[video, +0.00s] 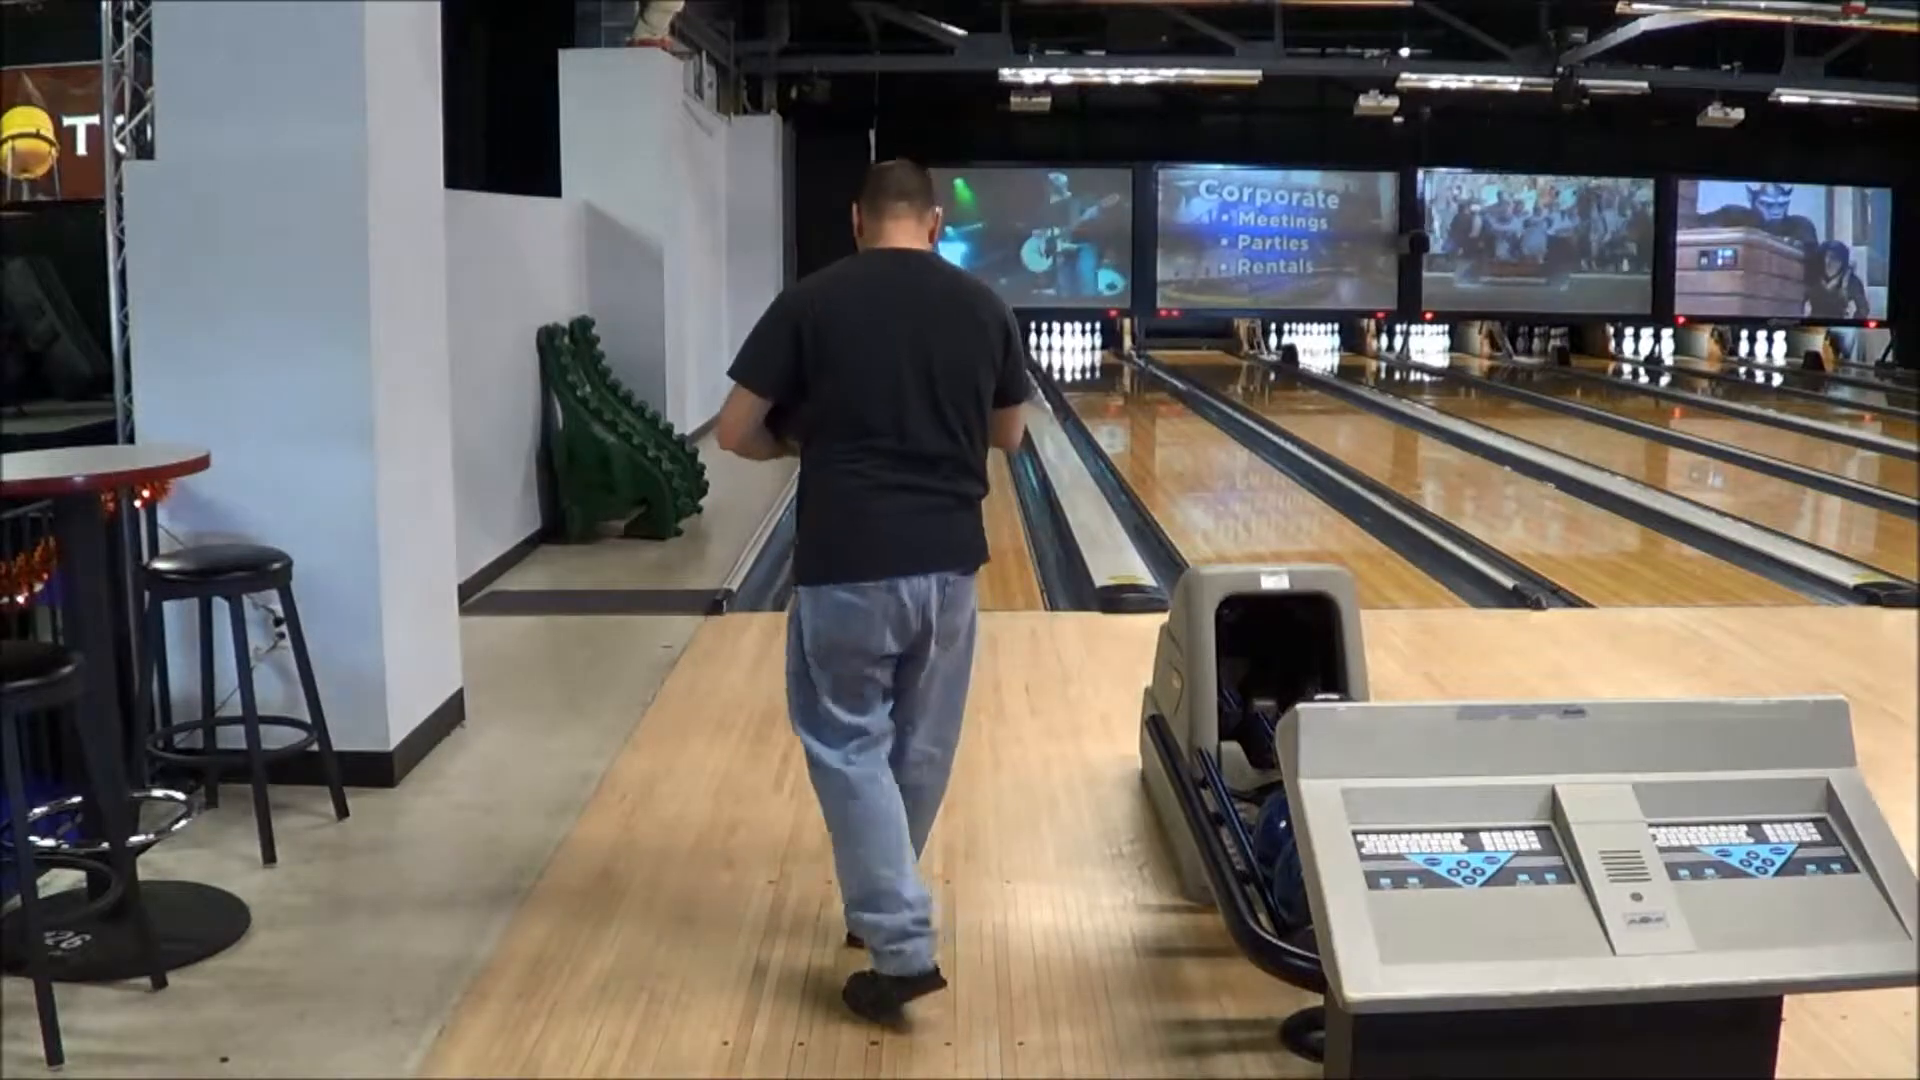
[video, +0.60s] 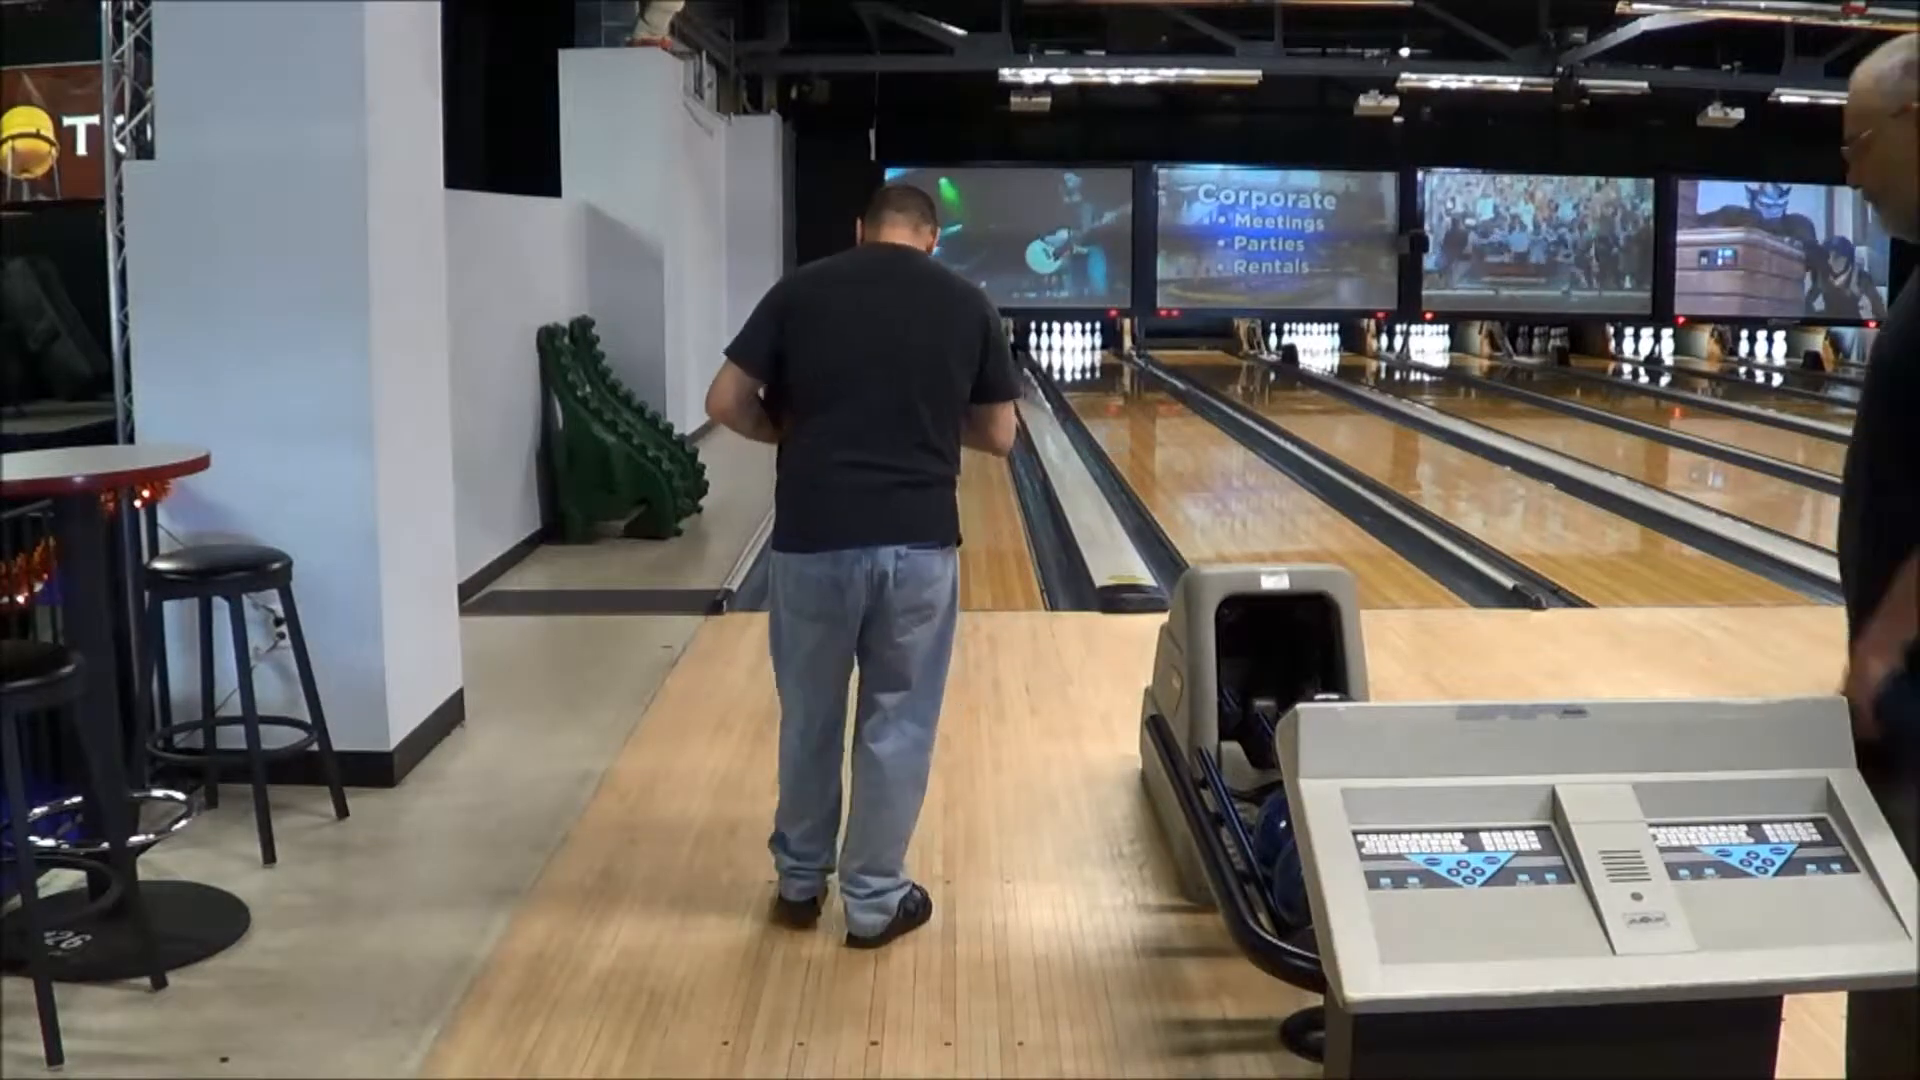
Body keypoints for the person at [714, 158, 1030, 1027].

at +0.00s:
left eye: (865, 219)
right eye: (922, 218)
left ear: (856, 220)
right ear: (936, 223)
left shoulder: (810, 299)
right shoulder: (982, 305)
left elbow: (739, 432)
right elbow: (1010, 430)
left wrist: (808, 434)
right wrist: (941, 424)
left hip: (846, 565)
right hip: (950, 562)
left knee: (848, 745)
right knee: (924, 746)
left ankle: (904, 951)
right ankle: (883, 901)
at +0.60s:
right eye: (930, 234)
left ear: (861, 229)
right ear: (932, 239)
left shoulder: (803, 287)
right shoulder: (968, 304)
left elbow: (726, 402)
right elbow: (999, 435)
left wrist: (787, 430)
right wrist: (928, 406)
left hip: (813, 541)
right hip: (919, 542)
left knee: (809, 712)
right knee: (900, 714)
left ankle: (800, 878)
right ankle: (872, 900)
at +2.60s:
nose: (855, 263)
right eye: (857, 252)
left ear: (782, 245)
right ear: (852, 250)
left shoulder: (718, 304)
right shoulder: (869, 321)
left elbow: (684, 435)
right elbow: (889, 474)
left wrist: (732, 461)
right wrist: (845, 487)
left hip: (712, 543)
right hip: (811, 543)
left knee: (738, 719)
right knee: (818, 726)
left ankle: (771, 873)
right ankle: (796, 906)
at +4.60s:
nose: (845, 237)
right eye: (850, 226)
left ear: (770, 228)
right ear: (847, 231)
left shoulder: (715, 303)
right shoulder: (867, 328)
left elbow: (686, 423)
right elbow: (872, 487)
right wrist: (887, 524)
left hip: (703, 557)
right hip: (804, 557)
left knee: (732, 724)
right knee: (818, 735)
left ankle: (769, 872)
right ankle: (793, 904)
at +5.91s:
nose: (854, 234)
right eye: (856, 223)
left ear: (775, 226)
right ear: (851, 228)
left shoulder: (718, 298)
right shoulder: (869, 327)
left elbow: (688, 421)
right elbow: (870, 484)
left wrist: (724, 487)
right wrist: (874, 536)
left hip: (698, 547)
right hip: (798, 549)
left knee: (734, 722)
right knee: (815, 731)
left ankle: (767, 867)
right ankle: (793, 904)